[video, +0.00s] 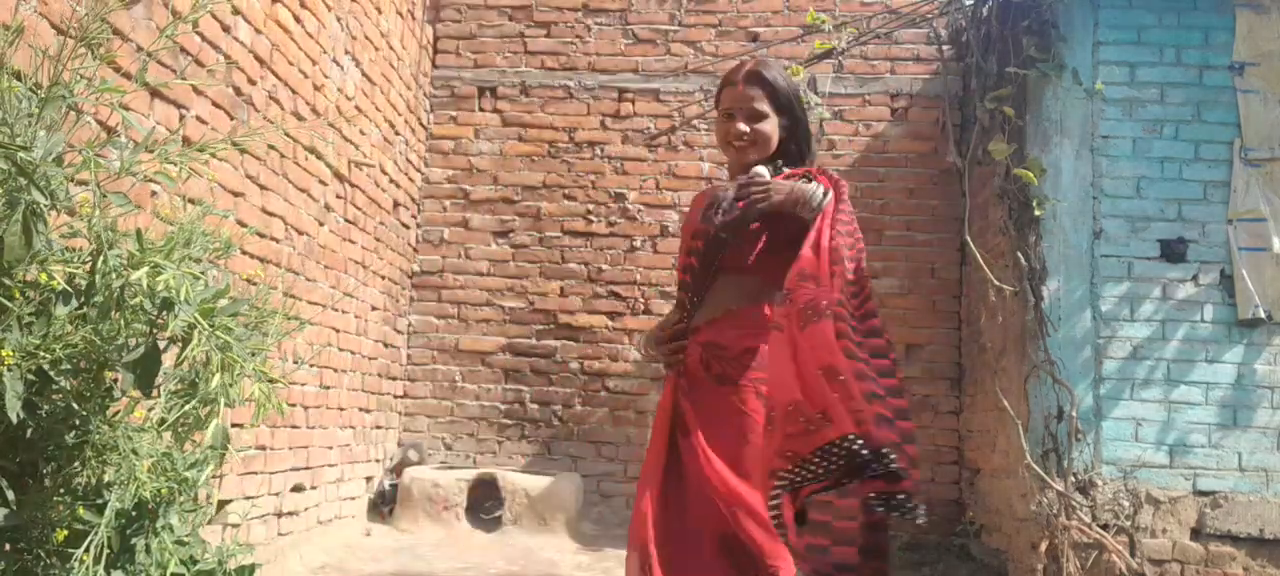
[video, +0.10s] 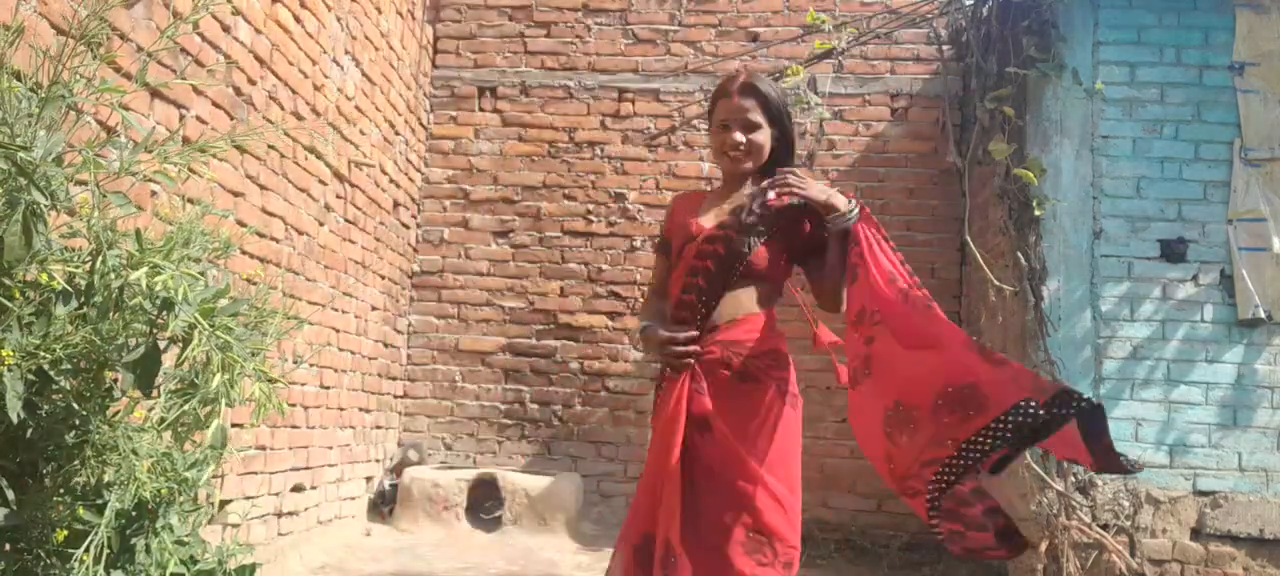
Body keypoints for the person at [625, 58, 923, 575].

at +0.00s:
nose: (739, 129)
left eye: (756, 116)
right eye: (727, 116)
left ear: (787, 125)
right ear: (715, 124)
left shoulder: (815, 191)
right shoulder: (708, 202)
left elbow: (845, 289)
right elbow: (693, 302)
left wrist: (812, 201)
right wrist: (661, 339)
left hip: (767, 377)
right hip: (697, 377)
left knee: (751, 525)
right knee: (682, 523)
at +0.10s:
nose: (734, 137)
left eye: (749, 127)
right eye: (725, 125)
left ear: (777, 137)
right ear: (708, 133)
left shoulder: (788, 204)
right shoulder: (683, 209)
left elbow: (831, 301)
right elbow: (657, 294)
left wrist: (842, 224)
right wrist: (648, 332)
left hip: (757, 381)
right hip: (687, 379)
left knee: (755, 534)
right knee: (678, 529)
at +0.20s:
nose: (728, 155)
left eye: (741, 144)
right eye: (716, 143)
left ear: (765, 153)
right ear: (699, 148)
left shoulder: (777, 223)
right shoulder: (668, 220)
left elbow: (812, 311)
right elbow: (630, 304)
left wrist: (837, 241)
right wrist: (652, 334)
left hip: (755, 389)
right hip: (683, 388)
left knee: (756, 539)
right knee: (681, 534)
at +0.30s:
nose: (719, 174)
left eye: (732, 164)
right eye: (709, 161)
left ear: (752, 174)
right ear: (691, 165)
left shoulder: (758, 241)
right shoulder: (662, 228)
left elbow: (807, 313)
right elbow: (615, 311)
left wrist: (820, 244)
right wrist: (670, 346)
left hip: (747, 389)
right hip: (679, 388)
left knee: (747, 529)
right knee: (683, 526)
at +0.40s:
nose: (714, 184)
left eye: (726, 175)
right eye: (703, 172)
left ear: (743, 182)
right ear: (684, 176)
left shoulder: (752, 251)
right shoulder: (659, 233)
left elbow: (813, 305)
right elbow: (620, 316)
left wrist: (805, 240)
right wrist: (686, 355)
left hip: (738, 393)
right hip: (673, 392)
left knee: (736, 520)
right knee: (676, 519)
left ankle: (735, 575)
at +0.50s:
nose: (709, 189)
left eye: (721, 178)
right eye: (697, 177)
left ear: (737, 186)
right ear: (679, 181)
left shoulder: (745, 250)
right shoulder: (659, 236)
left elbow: (821, 275)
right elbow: (626, 315)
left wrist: (788, 227)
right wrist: (701, 353)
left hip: (729, 391)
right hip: (670, 391)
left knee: (729, 512)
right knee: (679, 518)